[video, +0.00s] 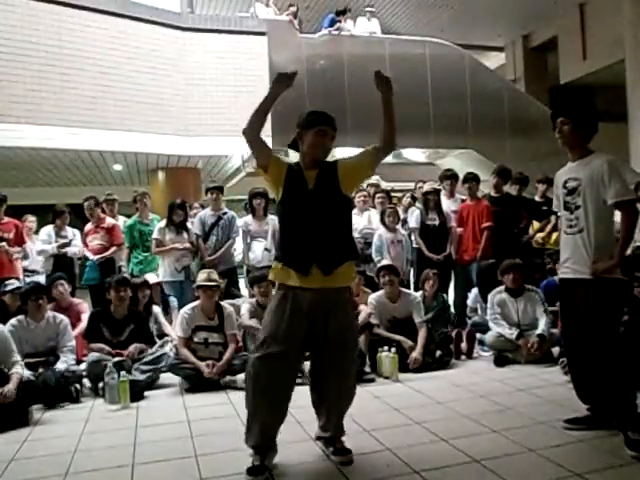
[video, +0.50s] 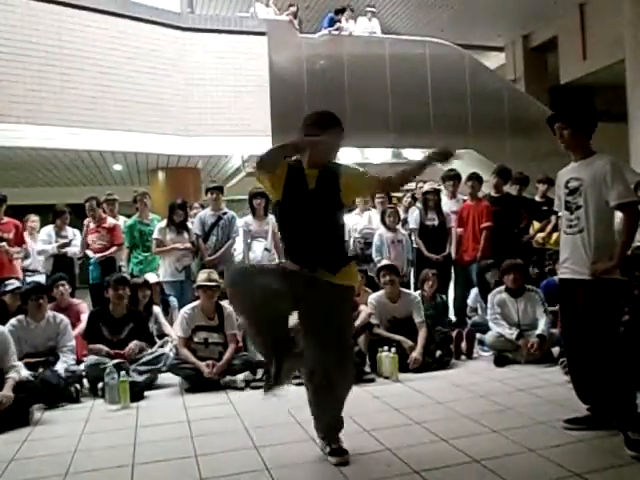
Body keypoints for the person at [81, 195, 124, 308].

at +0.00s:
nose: (90, 213)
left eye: (92, 209)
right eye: (87, 210)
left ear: (99, 208)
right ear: (85, 211)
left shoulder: (111, 224)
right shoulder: (87, 227)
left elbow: (118, 244)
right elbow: (84, 244)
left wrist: (101, 256)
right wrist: (90, 254)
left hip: (106, 260)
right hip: (92, 261)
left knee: (108, 292)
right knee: (95, 294)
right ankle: (98, 320)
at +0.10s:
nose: (90, 213)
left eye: (92, 210)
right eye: (87, 210)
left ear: (99, 208)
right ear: (85, 211)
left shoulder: (112, 224)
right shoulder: (87, 227)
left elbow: (118, 244)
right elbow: (84, 243)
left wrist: (102, 256)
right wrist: (89, 253)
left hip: (107, 260)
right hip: (92, 260)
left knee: (108, 292)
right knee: (94, 293)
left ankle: (109, 319)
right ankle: (98, 319)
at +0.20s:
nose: (91, 214)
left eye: (93, 210)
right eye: (88, 211)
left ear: (100, 208)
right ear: (86, 211)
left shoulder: (112, 224)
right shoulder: (88, 227)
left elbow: (119, 244)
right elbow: (86, 247)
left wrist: (102, 256)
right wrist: (93, 256)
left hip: (107, 259)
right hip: (93, 260)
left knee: (108, 291)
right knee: (94, 292)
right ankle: (98, 318)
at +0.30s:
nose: (90, 213)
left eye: (93, 209)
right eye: (88, 210)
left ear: (100, 208)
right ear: (86, 211)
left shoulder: (112, 224)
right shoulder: (87, 228)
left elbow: (119, 244)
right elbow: (84, 248)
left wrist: (102, 256)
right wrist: (92, 255)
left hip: (107, 259)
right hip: (93, 261)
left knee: (109, 291)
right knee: (95, 292)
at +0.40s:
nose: (91, 213)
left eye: (93, 210)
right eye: (88, 210)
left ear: (100, 208)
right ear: (86, 211)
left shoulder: (112, 224)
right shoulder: (87, 223)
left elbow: (119, 244)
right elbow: (84, 243)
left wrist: (101, 255)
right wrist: (90, 253)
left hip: (107, 258)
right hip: (93, 259)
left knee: (109, 290)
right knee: (95, 290)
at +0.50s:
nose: (91, 213)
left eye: (93, 210)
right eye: (88, 211)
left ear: (100, 208)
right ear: (86, 211)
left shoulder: (112, 224)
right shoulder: (87, 223)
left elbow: (119, 244)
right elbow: (84, 243)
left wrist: (101, 255)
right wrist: (90, 254)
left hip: (107, 258)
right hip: (92, 258)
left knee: (109, 289)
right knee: (94, 290)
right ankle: (97, 316)